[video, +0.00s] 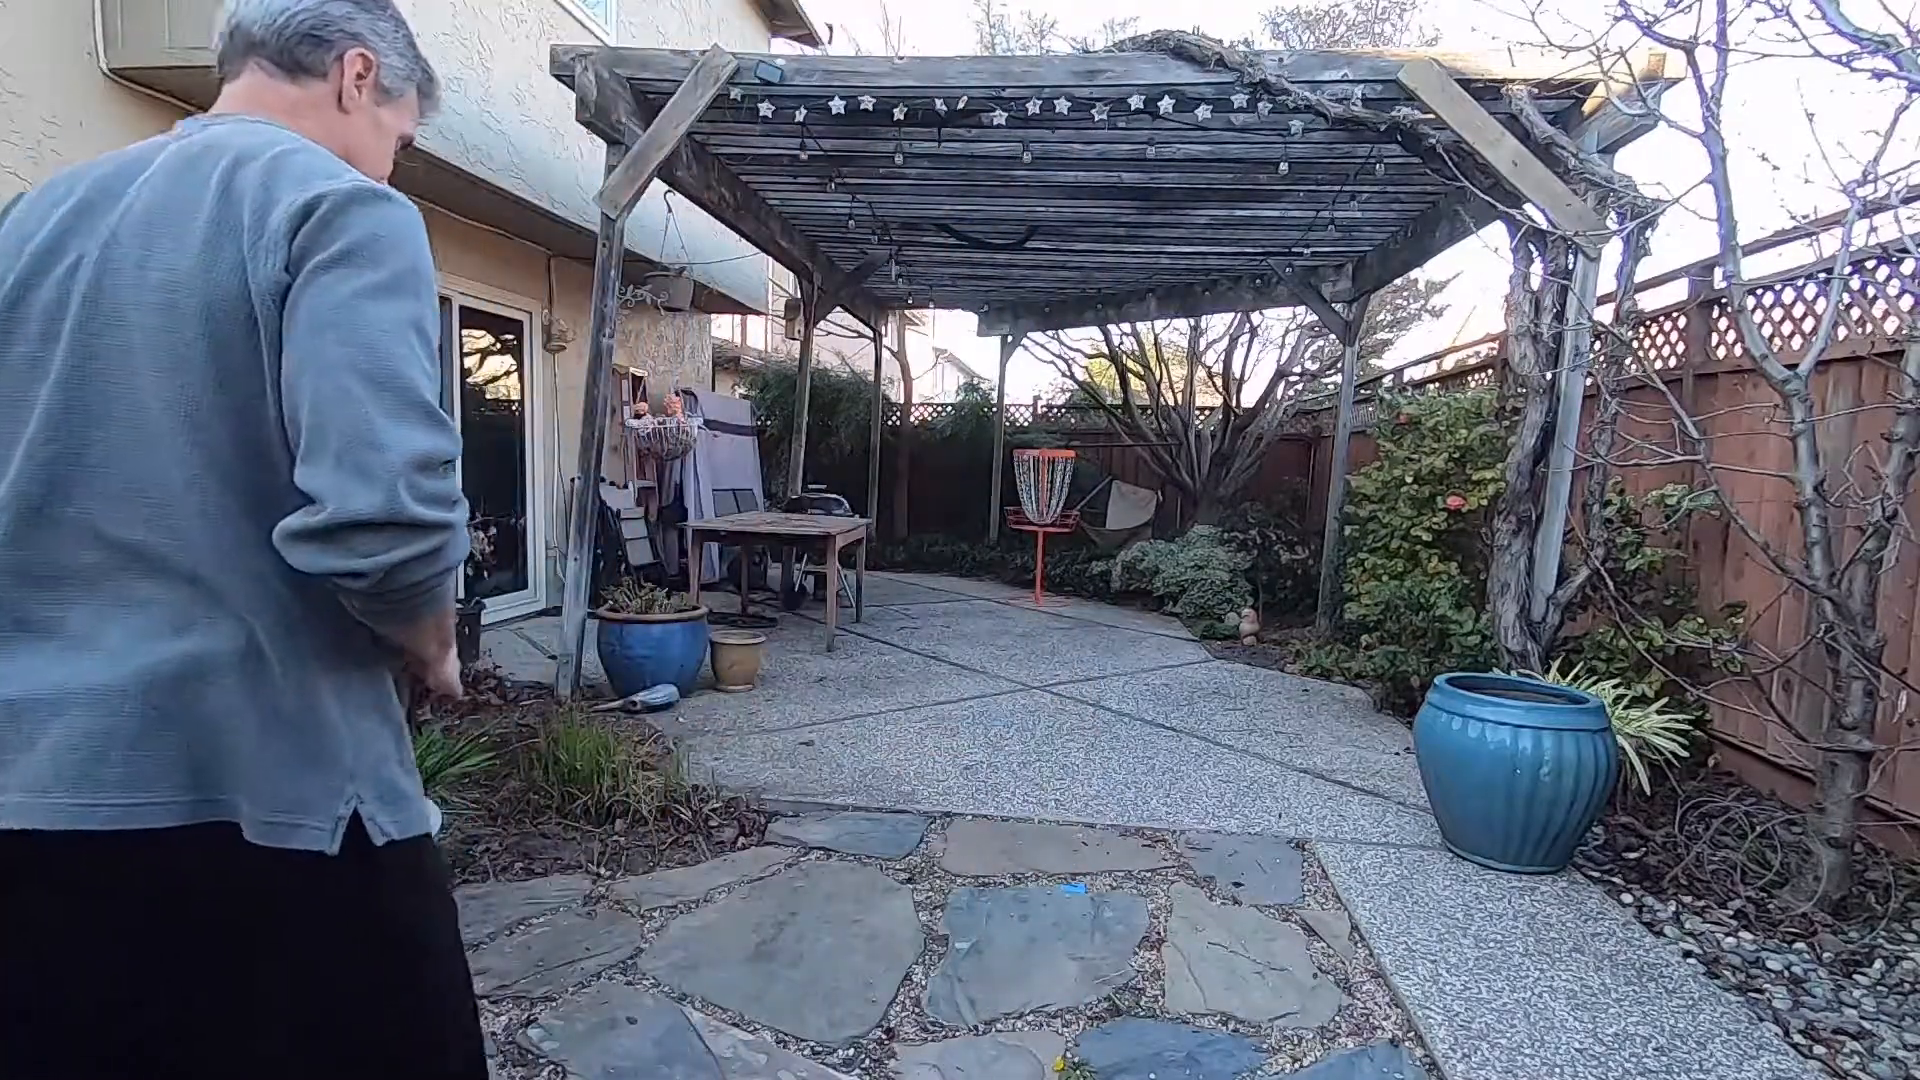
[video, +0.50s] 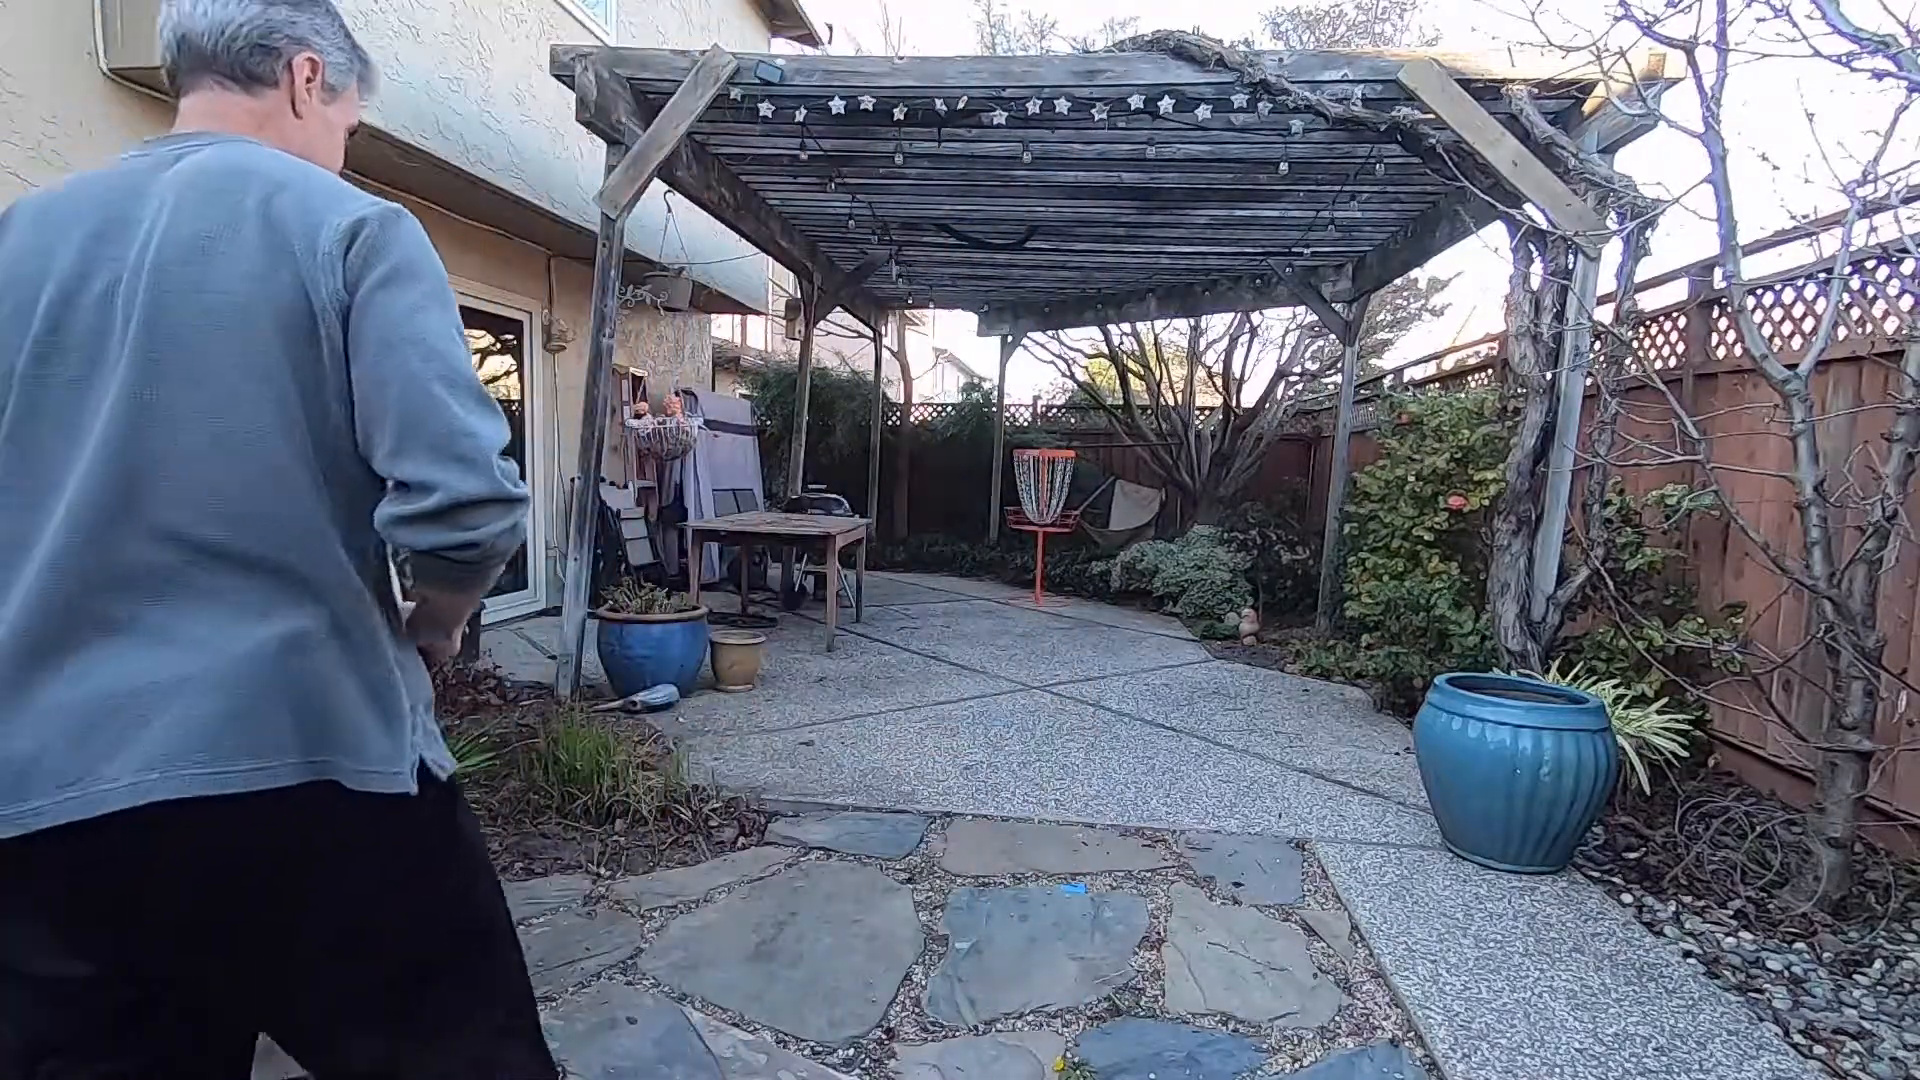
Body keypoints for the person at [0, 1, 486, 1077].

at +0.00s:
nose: (389, 178)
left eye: (404, 154)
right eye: (399, 140)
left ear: (238, 75)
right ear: (354, 76)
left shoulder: (35, 212)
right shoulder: (333, 204)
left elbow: (28, 482)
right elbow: (384, 514)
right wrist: (429, 647)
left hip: (25, 805)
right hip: (279, 812)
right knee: (402, 1057)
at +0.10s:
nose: (337, 163)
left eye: (350, 135)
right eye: (346, 126)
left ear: (178, 61)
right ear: (299, 59)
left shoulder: (13, 188)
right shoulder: (294, 193)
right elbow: (361, 506)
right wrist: (393, 631)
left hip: (19, 792)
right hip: (266, 791)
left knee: (59, 1061)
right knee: (392, 1055)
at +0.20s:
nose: (305, 155)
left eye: (317, 128)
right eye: (311, 117)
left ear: (133, 54)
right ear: (256, 47)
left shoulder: (10, 177)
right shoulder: (275, 188)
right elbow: (368, 503)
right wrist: (383, 622)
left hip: (16, 787)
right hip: (252, 775)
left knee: (55, 1063)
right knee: (361, 1061)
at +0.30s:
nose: (292, 141)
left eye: (298, 112)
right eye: (295, 106)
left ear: (115, 58)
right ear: (245, 46)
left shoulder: (6, 185)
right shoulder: (284, 191)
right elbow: (397, 499)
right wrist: (393, 619)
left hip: (19, 791)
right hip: (273, 777)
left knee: (59, 1060)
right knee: (384, 1056)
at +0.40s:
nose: (305, 143)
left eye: (311, 113)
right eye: (309, 107)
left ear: (130, 70)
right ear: (264, 58)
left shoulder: (9, 199)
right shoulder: (306, 202)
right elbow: (432, 490)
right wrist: (411, 620)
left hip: (26, 792)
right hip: (289, 780)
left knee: (78, 1066)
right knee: (433, 1060)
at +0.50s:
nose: (340, 166)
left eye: (349, 136)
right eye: (346, 128)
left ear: (183, 88)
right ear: (302, 80)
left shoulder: (21, 232)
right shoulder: (344, 222)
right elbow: (462, 500)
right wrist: (436, 628)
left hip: (38, 791)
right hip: (312, 779)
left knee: (79, 1066)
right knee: (475, 1066)